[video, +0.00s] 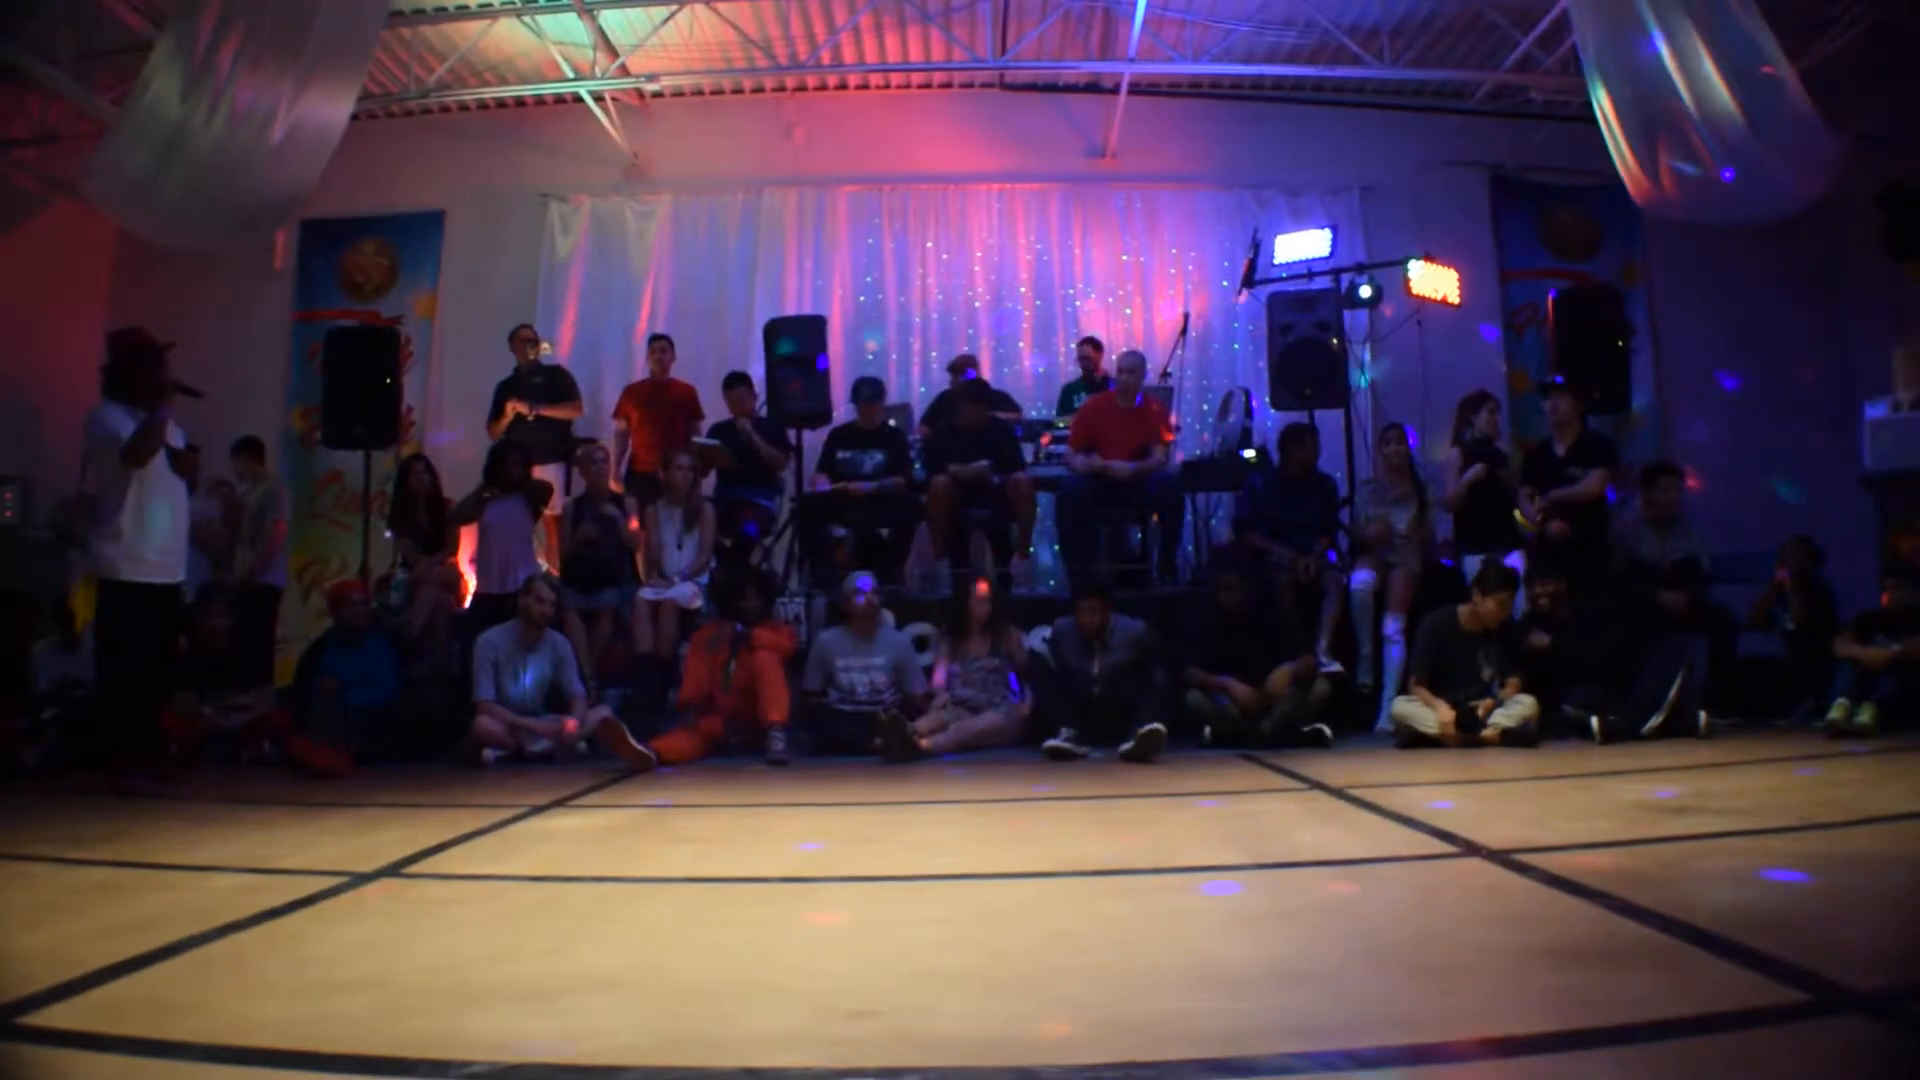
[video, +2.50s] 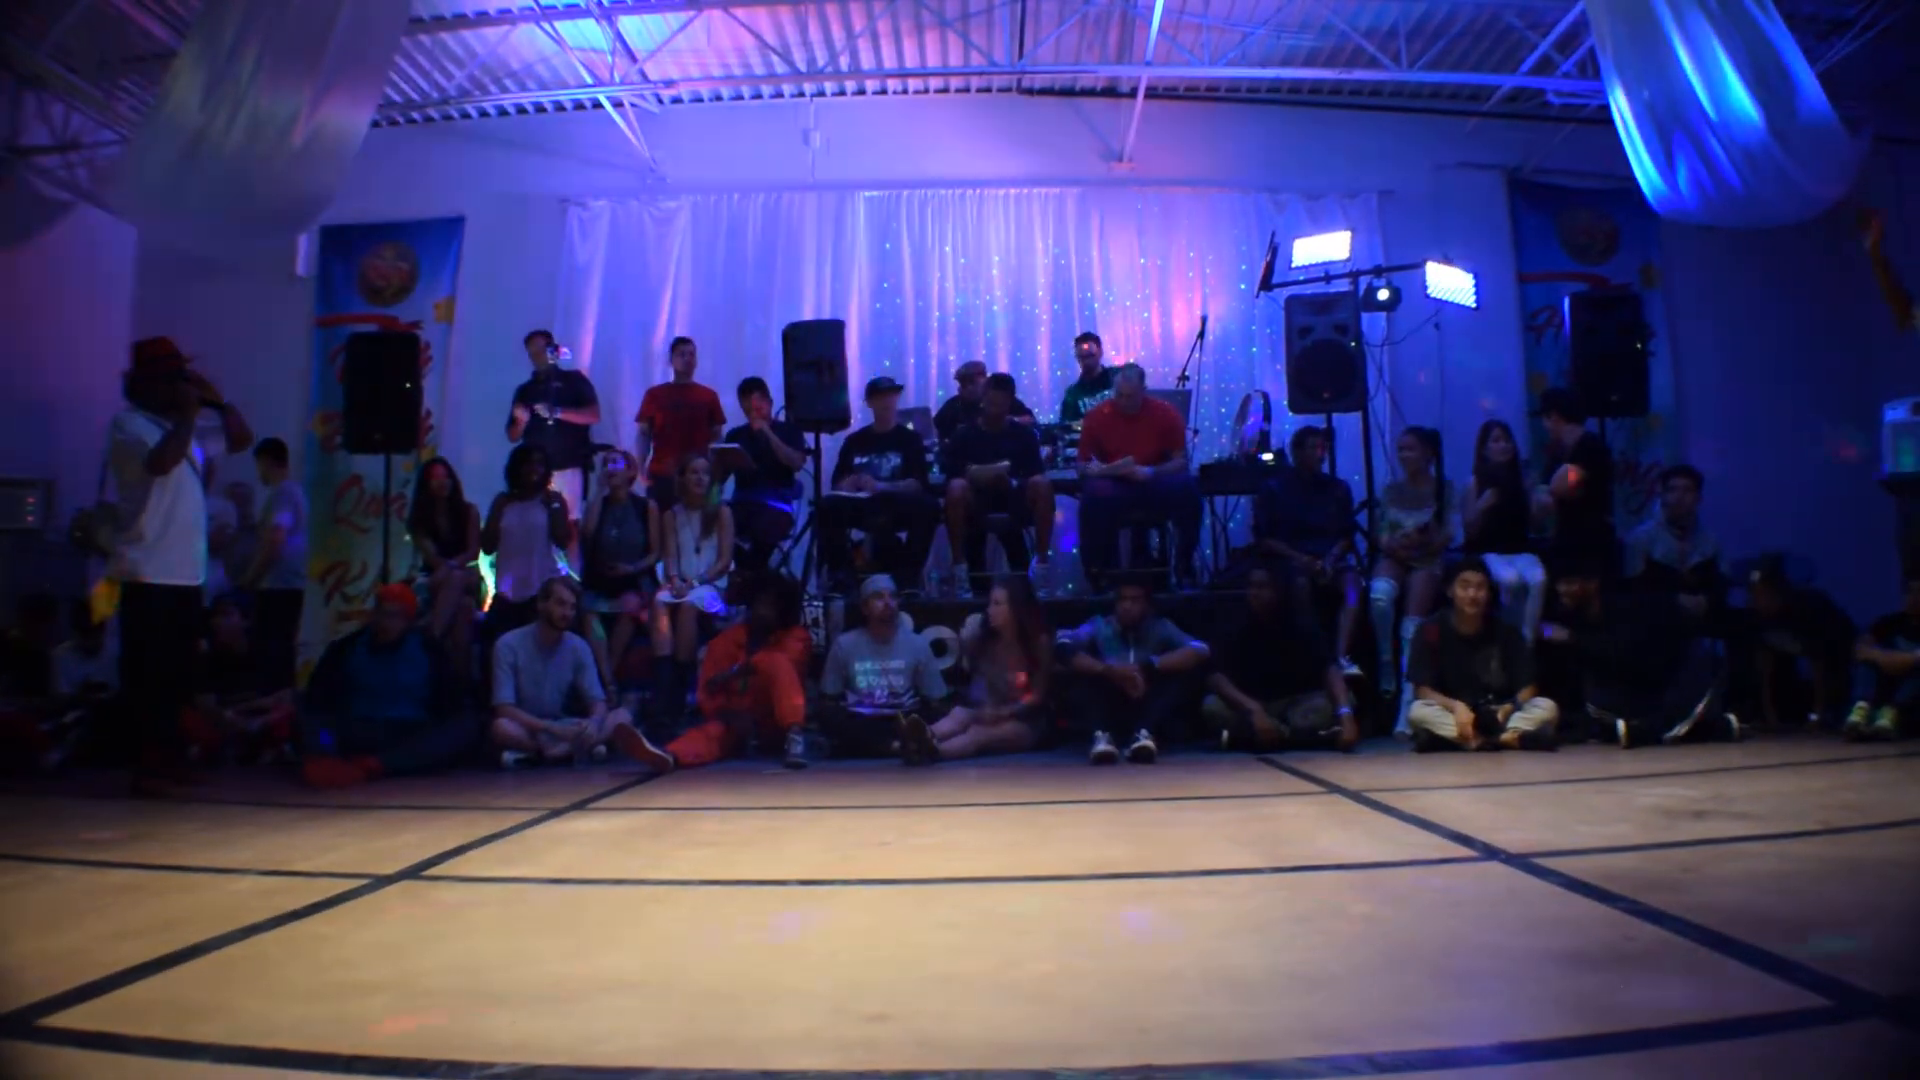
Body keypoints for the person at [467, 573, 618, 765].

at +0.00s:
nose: (546, 610)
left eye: (551, 604)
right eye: (539, 602)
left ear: (555, 608)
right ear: (523, 601)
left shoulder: (559, 644)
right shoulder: (490, 642)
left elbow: (578, 695)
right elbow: (484, 704)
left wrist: (574, 721)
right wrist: (539, 727)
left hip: (546, 718)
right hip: (508, 720)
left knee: (603, 713)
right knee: (482, 725)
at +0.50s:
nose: (570, 610)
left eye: (575, 604)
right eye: (563, 602)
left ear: (579, 608)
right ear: (547, 601)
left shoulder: (583, 643)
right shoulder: (515, 641)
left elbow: (602, 696)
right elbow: (509, 703)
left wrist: (598, 721)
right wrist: (561, 725)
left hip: (570, 718)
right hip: (533, 719)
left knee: (626, 712)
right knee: (507, 724)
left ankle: (561, 746)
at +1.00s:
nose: (573, 610)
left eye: (578, 605)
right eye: (566, 602)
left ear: (583, 609)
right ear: (550, 601)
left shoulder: (585, 643)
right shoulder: (518, 641)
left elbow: (606, 699)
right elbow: (512, 704)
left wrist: (600, 724)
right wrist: (564, 726)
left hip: (573, 720)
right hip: (535, 721)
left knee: (629, 714)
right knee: (509, 724)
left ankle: (559, 748)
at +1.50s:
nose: (568, 613)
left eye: (574, 607)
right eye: (561, 604)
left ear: (578, 610)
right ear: (545, 603)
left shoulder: (580, 646)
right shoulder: (513, 644)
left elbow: (600, 701)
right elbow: (507, 707)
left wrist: (596, 725)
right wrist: (562, 729)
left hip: (568, 721)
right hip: (530, 722)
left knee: (624, 715)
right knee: (504, 727)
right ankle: (581, 748)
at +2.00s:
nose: (567, 613)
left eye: (572, 608)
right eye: (561, 605)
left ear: (577, 611)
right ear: (542, 604)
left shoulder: (579, 646)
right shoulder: (512, 645)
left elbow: (600, 703)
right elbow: (508, 709)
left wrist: (595, 725)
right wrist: (556, 728)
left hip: (568, 722)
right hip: (530, 723)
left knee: (622, 716)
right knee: (504, 728)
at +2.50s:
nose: (567, 613)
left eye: (572, 607)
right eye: (561, 604)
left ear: (576, 610)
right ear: (542, 605)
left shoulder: (578, 647)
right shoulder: (509, 645)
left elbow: (598, 702)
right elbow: (504, 708)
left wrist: (593, 725)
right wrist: (555, 729)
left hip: (566, 722)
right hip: (528, 723)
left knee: (622, 716)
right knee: (502, 728)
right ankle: (576, 748)